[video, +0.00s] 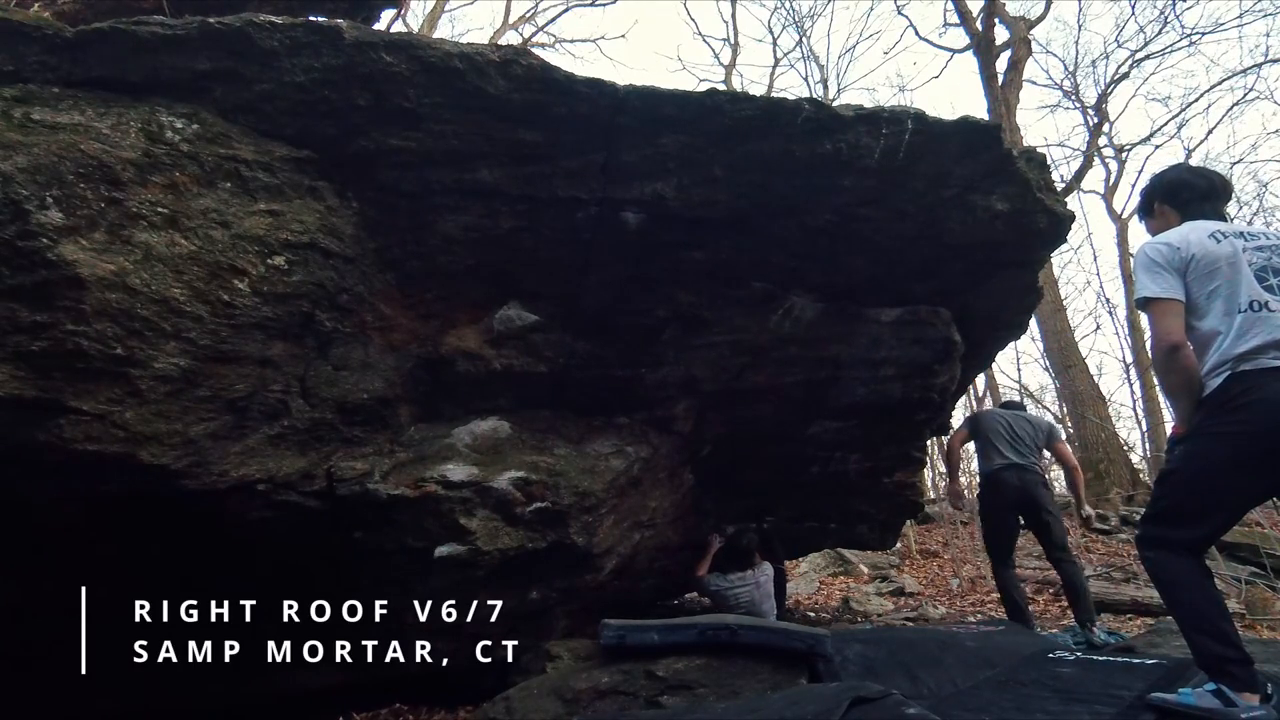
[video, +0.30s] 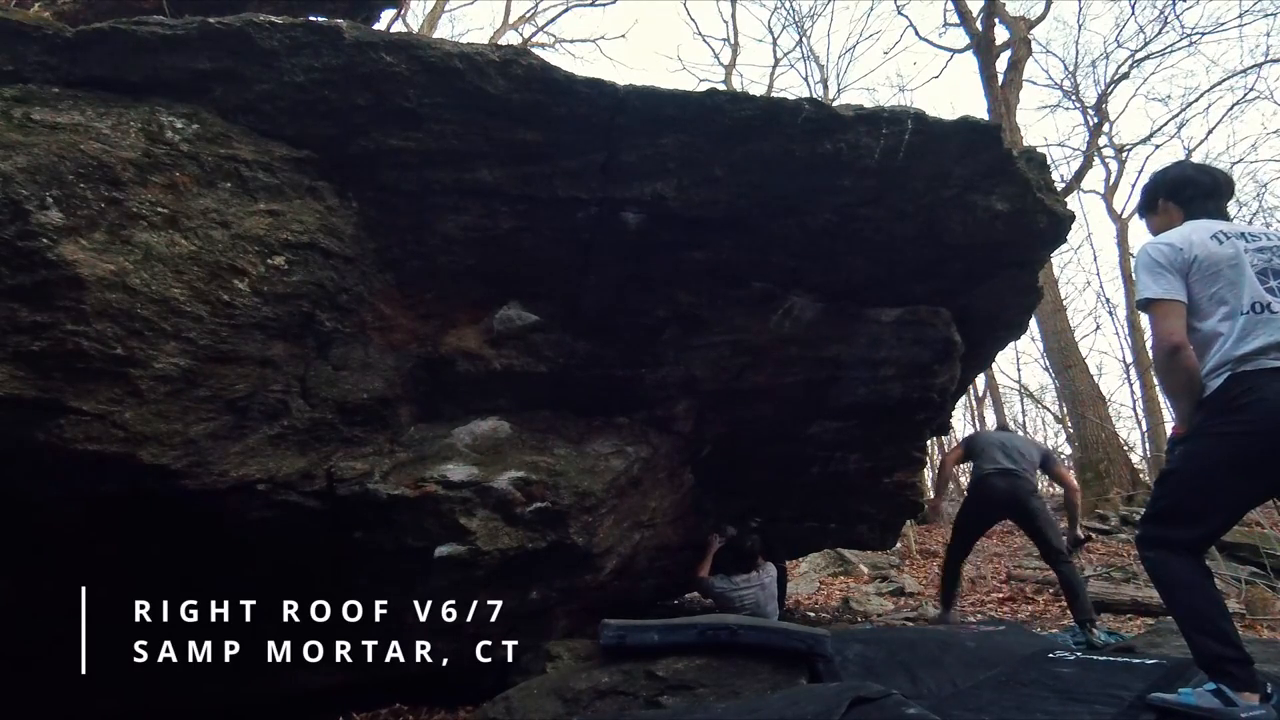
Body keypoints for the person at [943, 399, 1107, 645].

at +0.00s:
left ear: (998, 409)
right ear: (1025, 412)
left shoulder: (981, 417)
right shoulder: (1042, 423)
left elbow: (953, 443)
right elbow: (1072, 464)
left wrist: (953, 483)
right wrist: (1082, 504)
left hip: (995, 491)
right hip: (1035, 487)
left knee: (1002, 565)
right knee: (1061, 556)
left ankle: (1025, 630)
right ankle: (1089, 624)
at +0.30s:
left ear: (993, 431)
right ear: (1015, 434)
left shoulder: (978, 437)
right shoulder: (1036, 446)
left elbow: (947, 460)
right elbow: (1072, 486)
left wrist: (937, 500)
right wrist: (1074, 529)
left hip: (983, 493)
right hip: (1024, 493)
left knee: (955, 555)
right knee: (1060, 559)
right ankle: (1090, 630)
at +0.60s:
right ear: (986, 479)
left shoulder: (929, 488)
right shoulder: (988, 480)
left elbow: (903, 525)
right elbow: (1030, 505)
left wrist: (893, 568)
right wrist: (1071, 533)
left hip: (938, 508)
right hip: (973, 504)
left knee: (922, 563)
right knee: (1029, 562)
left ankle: (923, 620)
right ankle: (1084, 627)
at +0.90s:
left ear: (919, 510)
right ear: (952, 507)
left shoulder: (908, 523)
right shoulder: (958, 507)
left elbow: (892, 574)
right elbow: (995, 510)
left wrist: (884, 609)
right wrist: (1041, 527)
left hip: (912, 530)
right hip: (949, 522)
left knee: (910, 569)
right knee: (1014, 574)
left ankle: (922, 622)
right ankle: (1076, 628)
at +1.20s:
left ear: (916, 509)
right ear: (947, 501)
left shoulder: (906, 521)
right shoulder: (954, 501)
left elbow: (885, 572)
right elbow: (986, 497)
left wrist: (868, 609)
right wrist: (1022, 500)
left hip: (914, 531)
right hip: (949, 521)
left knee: (910, 568)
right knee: (1017, 570)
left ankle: (921, 621)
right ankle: (1079, 626)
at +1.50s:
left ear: (963, 479)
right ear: (994, 478)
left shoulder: (946, 489)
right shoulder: (1001, 481)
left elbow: (913, 514)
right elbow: (1038, 493)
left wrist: (905, 553)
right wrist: (1077, 519)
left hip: (951, 512)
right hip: (987, 508)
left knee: (932, 565)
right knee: (1048, 562)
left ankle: (924, 618)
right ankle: (1087, 630)